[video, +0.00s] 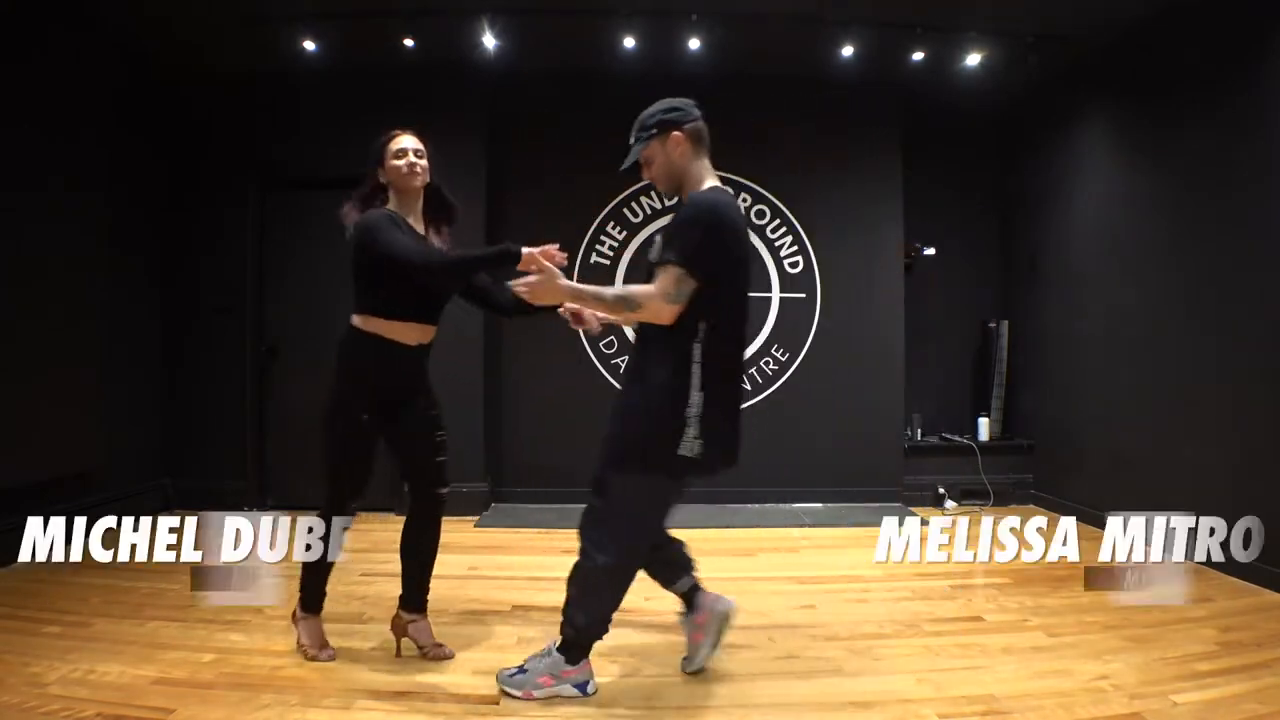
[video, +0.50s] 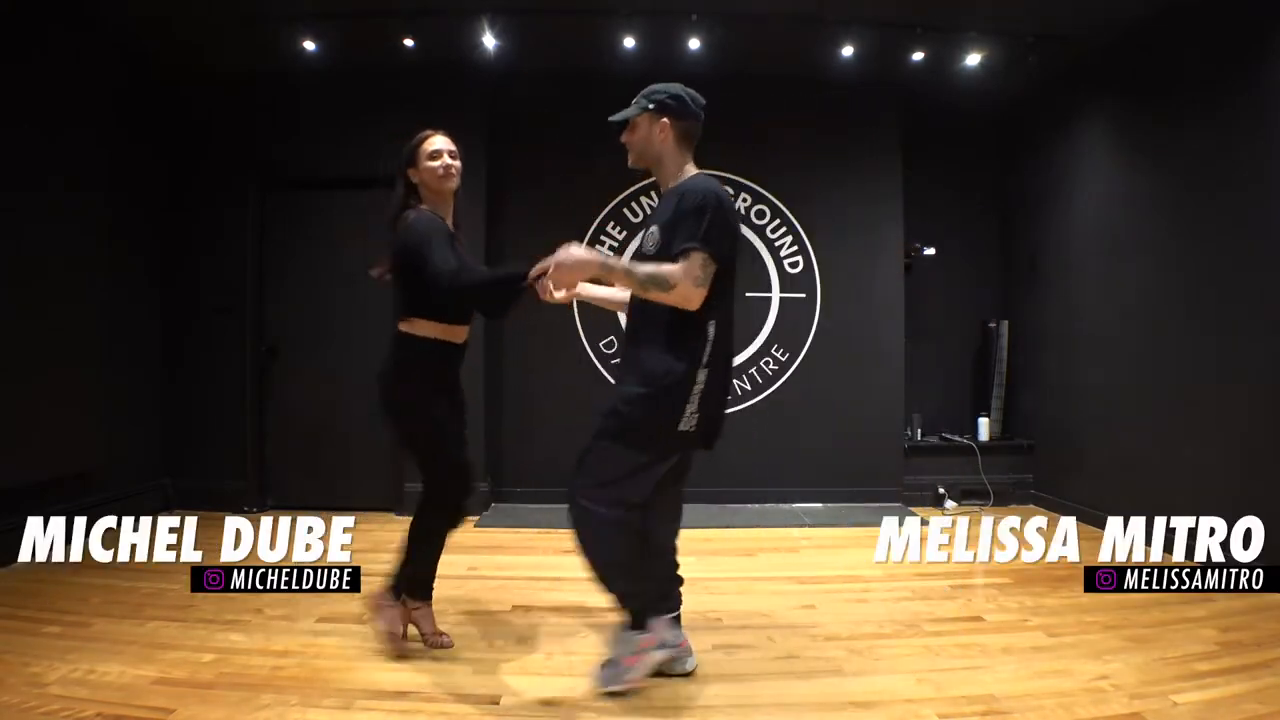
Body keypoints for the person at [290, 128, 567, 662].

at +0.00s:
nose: (412, 161)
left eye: (419, 155)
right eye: (400, 155)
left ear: (430, 172)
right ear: (381, 173)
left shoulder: (438, 242)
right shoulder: (372, 225)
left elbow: (497, 298)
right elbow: (433, 269)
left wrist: (558, 300)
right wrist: (517, 255)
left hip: (411, 372)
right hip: (362, 367)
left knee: (430, 492)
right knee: (343, 491)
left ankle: (412, 612)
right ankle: (309, 612)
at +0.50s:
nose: (448, 162)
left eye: (453, 155)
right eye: (435, 156)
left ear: (460, 169)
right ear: (413, 174)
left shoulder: (447, 233)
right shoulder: (418, 226)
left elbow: (491, 306)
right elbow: (454, 284)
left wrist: (531, 286)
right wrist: (530, 272)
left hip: (441, 368)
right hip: (414, 367)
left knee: (451, 486)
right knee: (446, 484)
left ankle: (418, 598)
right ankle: (394, 595)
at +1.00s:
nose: (532, 159)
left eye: (536, 152)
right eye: (518, 153)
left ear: (542, 166)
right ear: (494, 172)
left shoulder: (535, 229)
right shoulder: (510, 233)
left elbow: (572, 292)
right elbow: (572, 313)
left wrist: (630, 282)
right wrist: (645, 326)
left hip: (532, 374)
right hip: (502, 374)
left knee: (582, 488)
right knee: (519, 499)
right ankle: (529, 624)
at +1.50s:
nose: (591, 174)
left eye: (587, 166)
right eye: (580, 166)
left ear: (561, 177)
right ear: (549, 176)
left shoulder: (569, 241)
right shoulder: (546, 237)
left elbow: (602, 333)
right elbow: (614, 280)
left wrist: (668, 356)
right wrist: (690, 243)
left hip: (581, 386)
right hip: (553, 389)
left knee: (622, 504)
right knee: (619, 503)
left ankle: (619, 623)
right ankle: (546, 608)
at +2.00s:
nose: (529, 161)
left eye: (526, 152)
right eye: (518, 153)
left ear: (490, 168)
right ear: (486, 165)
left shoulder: (471, 228)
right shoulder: (506, 231)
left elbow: (536, 274)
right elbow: (533, 316)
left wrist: (593, 232)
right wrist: (605, 352)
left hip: (468, 364)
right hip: (499, 367)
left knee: (498, 490)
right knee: (515, 497)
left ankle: (439, 597)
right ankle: (518, 632)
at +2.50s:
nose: (445, 165)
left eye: (445, 158)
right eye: (433, 157)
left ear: (433, 172)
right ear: (401, 167)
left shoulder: (443, 238)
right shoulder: (375, 225)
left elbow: (459, 324)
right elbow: (432, 266)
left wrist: (509, 366)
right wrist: (512, 233)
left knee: (437, 489)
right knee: (378, 496)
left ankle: (424, 605)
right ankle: (309, 582)